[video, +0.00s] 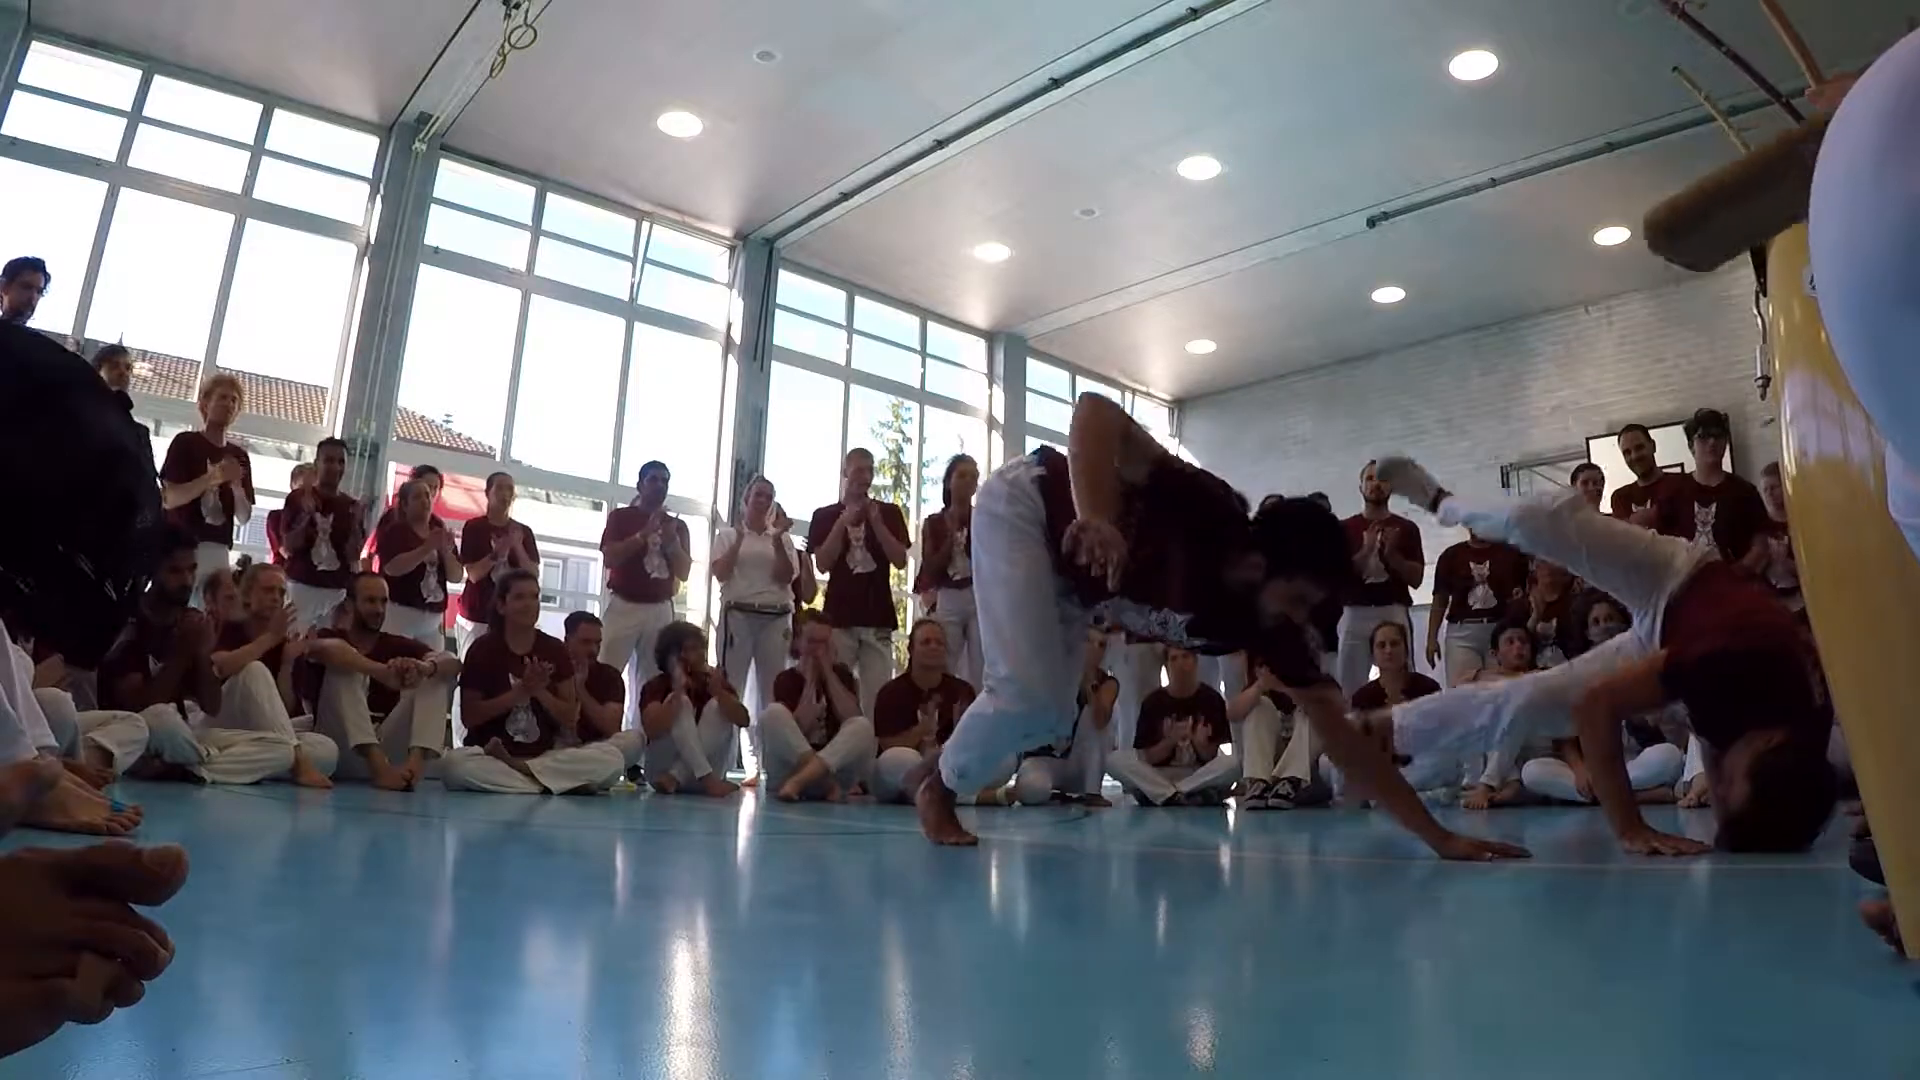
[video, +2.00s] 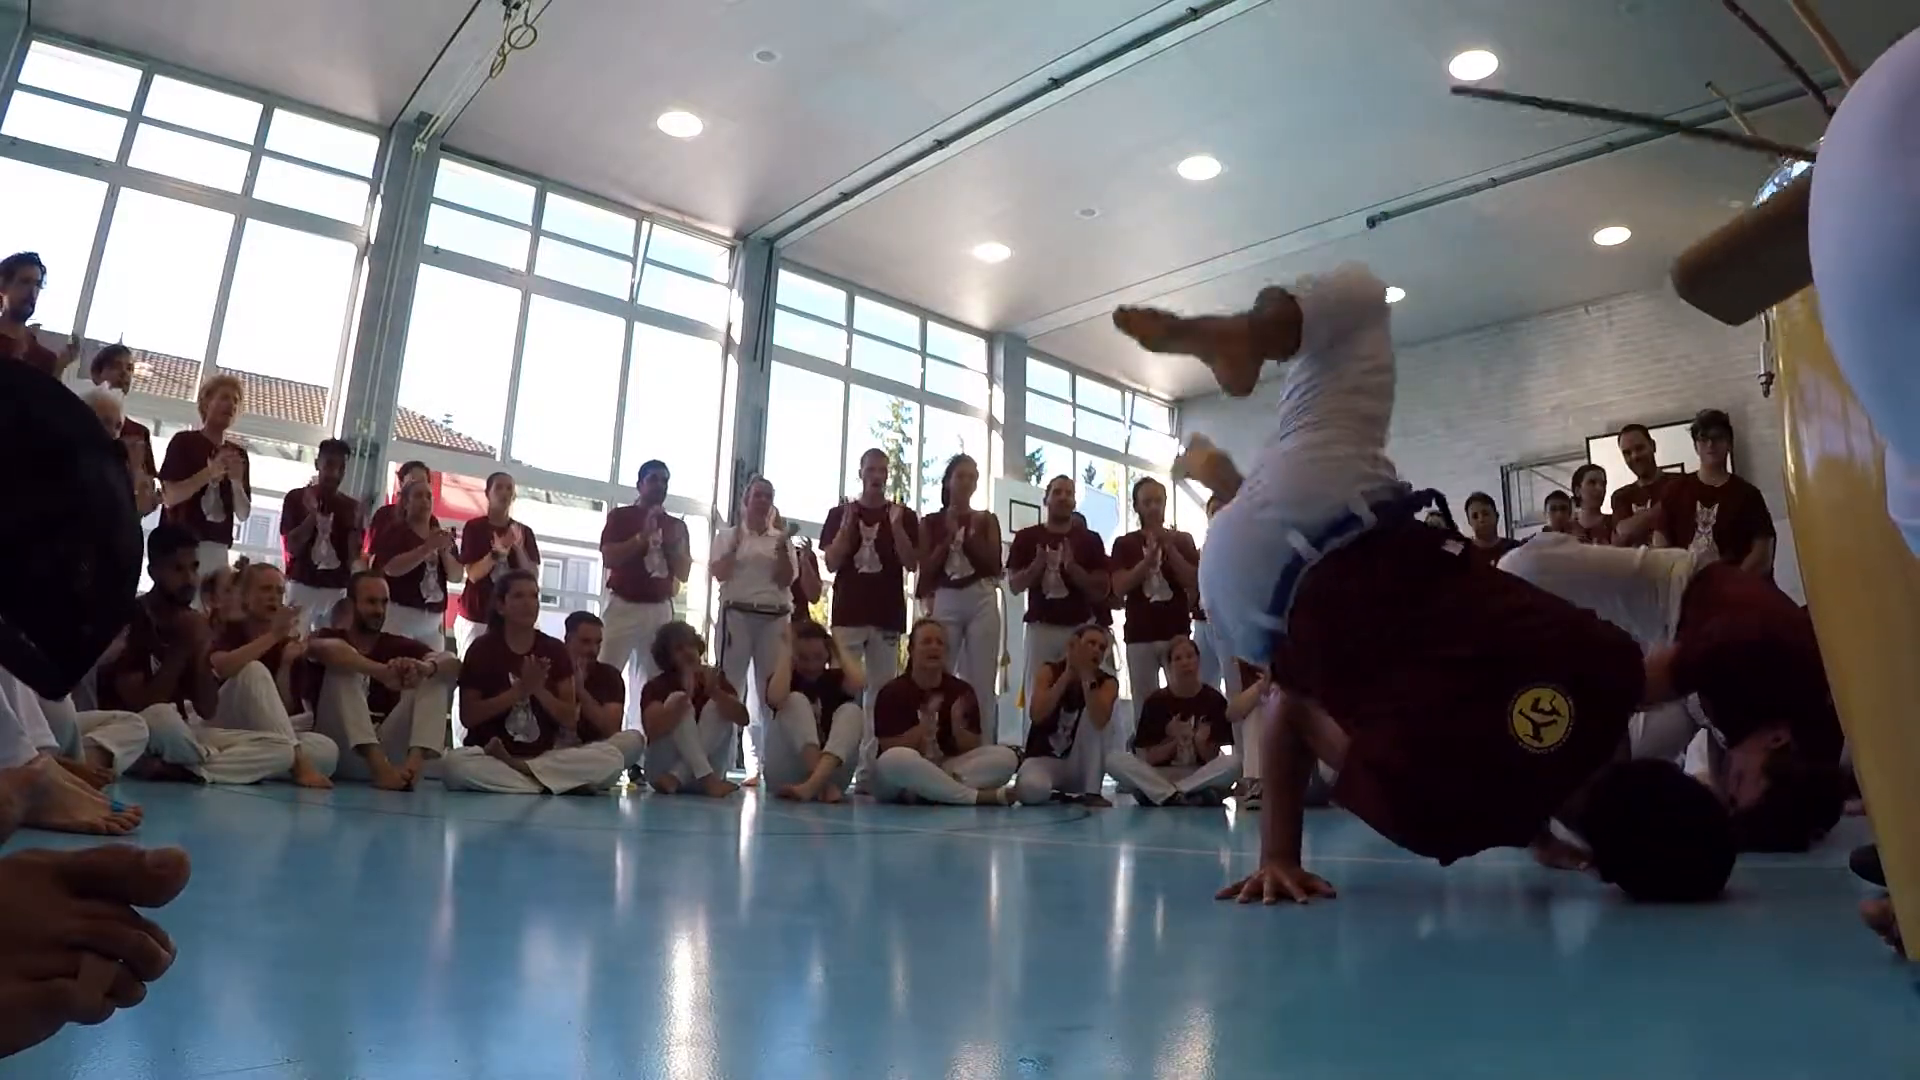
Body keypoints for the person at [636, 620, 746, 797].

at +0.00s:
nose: (702, 654)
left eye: (703, 647)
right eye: (693, 649)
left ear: (706, 649)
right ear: (675, 655)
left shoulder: (714, 680)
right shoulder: (655, 686)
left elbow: (743, 720)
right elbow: (652, 729)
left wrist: (719, 692)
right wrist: (677, 692)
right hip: (663, 772)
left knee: (719, 705)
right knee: (680, 702)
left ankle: (675, 776)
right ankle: (707, 777)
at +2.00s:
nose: (688, 652)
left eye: (691, 645)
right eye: (679, 648)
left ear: (699, 647)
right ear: (668, 655)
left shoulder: (714, 678)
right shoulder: (655, 686)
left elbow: (743, 719)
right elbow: (652, 730)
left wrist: (715, 692)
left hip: (710, 770)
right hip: (664, 770)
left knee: (720, 704)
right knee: (678, 701)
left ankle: (677, 775)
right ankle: (707, 777)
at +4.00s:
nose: (690, 653)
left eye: (692, 646)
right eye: (681, 648)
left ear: (698, 648)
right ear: (668, 657)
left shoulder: (714, 679)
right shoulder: (654, 688)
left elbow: (742, 720)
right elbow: (651, 731)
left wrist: (716, 693)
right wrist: (682, 693)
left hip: (710, 770)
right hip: (665, 771)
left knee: (718, 705)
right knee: (678, 702)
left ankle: (678, 777)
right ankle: (708, 777)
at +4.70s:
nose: (688, 659)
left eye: (690, 651)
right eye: (679, 655)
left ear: (698, 651)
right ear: (668, 660)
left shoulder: (714, 680)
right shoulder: (655, 688)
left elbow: (742, 717)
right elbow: (652, 727)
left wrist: (714, 693)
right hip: (664, 772)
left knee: (715, 706)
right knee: (678, 701)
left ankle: (678, 776)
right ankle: (707, 776)